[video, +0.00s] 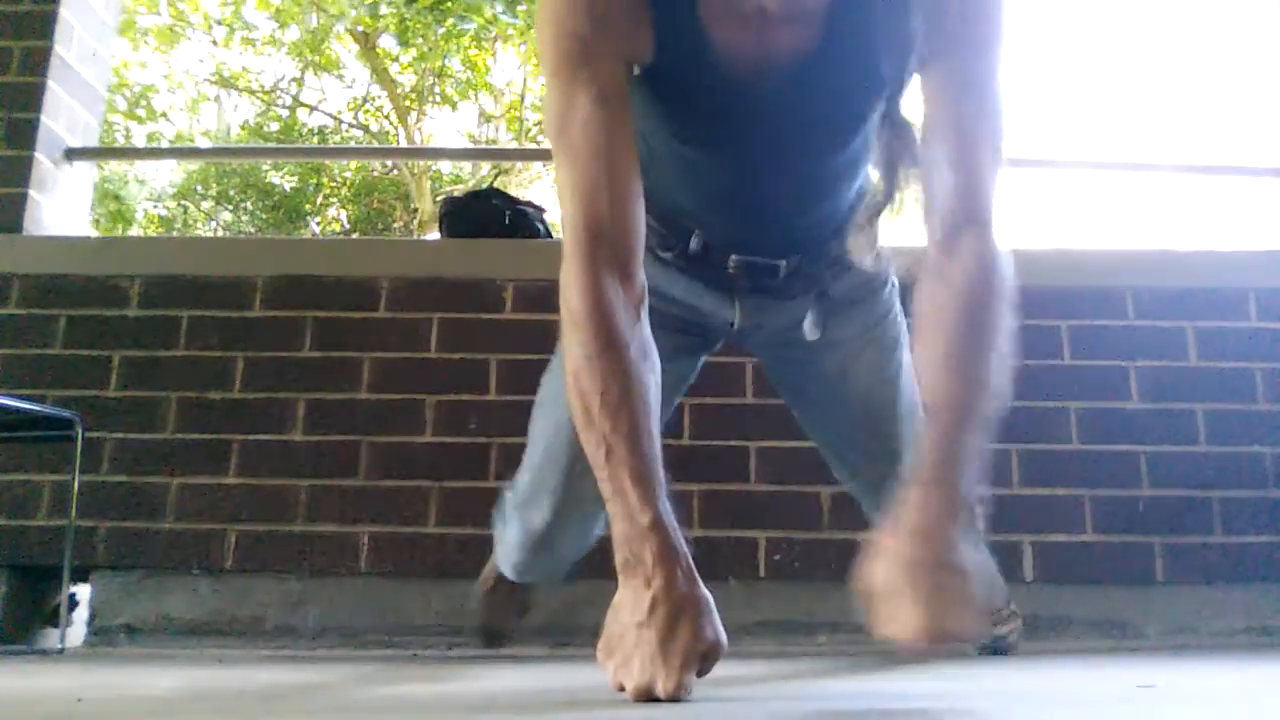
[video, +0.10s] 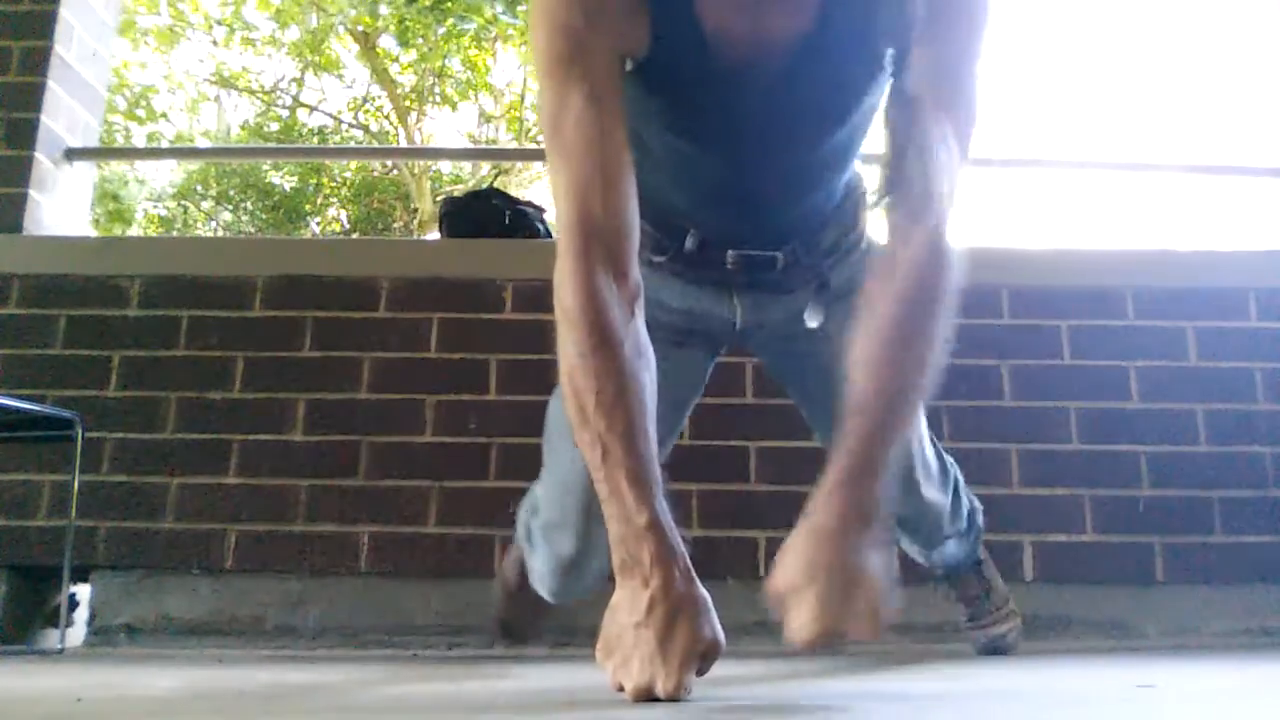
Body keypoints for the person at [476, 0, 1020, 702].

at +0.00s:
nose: (769, 15)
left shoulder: (945, 9)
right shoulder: (593, 11)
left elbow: (964, 237)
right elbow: (601, 274)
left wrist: (934, 511)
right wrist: (652, 564)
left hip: (832, 281)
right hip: (658, 272)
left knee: (939, 536)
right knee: (536, 539)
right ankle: (513, 571)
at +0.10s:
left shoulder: (934, 10)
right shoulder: (585, 9)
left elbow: (922, 234)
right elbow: (599, 276)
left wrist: (848, 514)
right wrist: (650, 565)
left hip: (819, 273)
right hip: (653, 272)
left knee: (910, 489)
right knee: (565, 562)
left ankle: (965, 565)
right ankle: (526, 561)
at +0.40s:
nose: (659, 22)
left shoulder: (828, 20)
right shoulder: (517, 23)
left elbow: (852, 294)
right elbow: (542, 312)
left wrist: (789, 573)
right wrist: (637, 567)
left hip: (787, 317)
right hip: (619, 313)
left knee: (897, 541)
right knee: (541, 547)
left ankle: (992, 537)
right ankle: (527, 594)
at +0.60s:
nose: (580, 32)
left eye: (609, 12)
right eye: (553, 13)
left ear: (656, 5)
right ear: (518, 8)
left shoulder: (759, 21)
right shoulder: (447, 25)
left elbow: (812, 285)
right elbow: (422, 284)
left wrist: (777, 568)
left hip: (734, 301)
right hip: (578, 306)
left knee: (851, 499)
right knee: (512, 554)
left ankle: (968, 529)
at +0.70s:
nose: (561, 33)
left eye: (592, 9)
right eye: (530, 11)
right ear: (493, 3)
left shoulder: (735, 23)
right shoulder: (416, 21)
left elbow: (803, 285)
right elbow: (346, 250)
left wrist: (774, 569)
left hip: (715, 290)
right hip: (560, 282)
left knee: (805, 503)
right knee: (512, 531)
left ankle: (916, 510)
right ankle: (530, 578)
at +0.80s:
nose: (522, 32)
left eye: (553, 5)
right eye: (493, 8)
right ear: (455, 1)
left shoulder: (711, 23)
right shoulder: (379, 22)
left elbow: (793, 282)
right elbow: (302, 266)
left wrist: (774, 567)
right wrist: (255, 555)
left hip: (706, 291)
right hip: (546, 282)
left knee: (759, 510)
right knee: (503, 526)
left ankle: (823, 514)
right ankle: (534, 573)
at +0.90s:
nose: (489, 16)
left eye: (526, 3)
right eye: (460, 1)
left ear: (570, 1)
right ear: (423, 0)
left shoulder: (677, 22)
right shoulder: (349, 25)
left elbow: (781, 286)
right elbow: (291, 289)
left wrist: (775, 570)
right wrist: (261, 566)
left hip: (684, 309)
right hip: (528, 299)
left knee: (720, 542)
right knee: (491, 543)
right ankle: (530, 570)